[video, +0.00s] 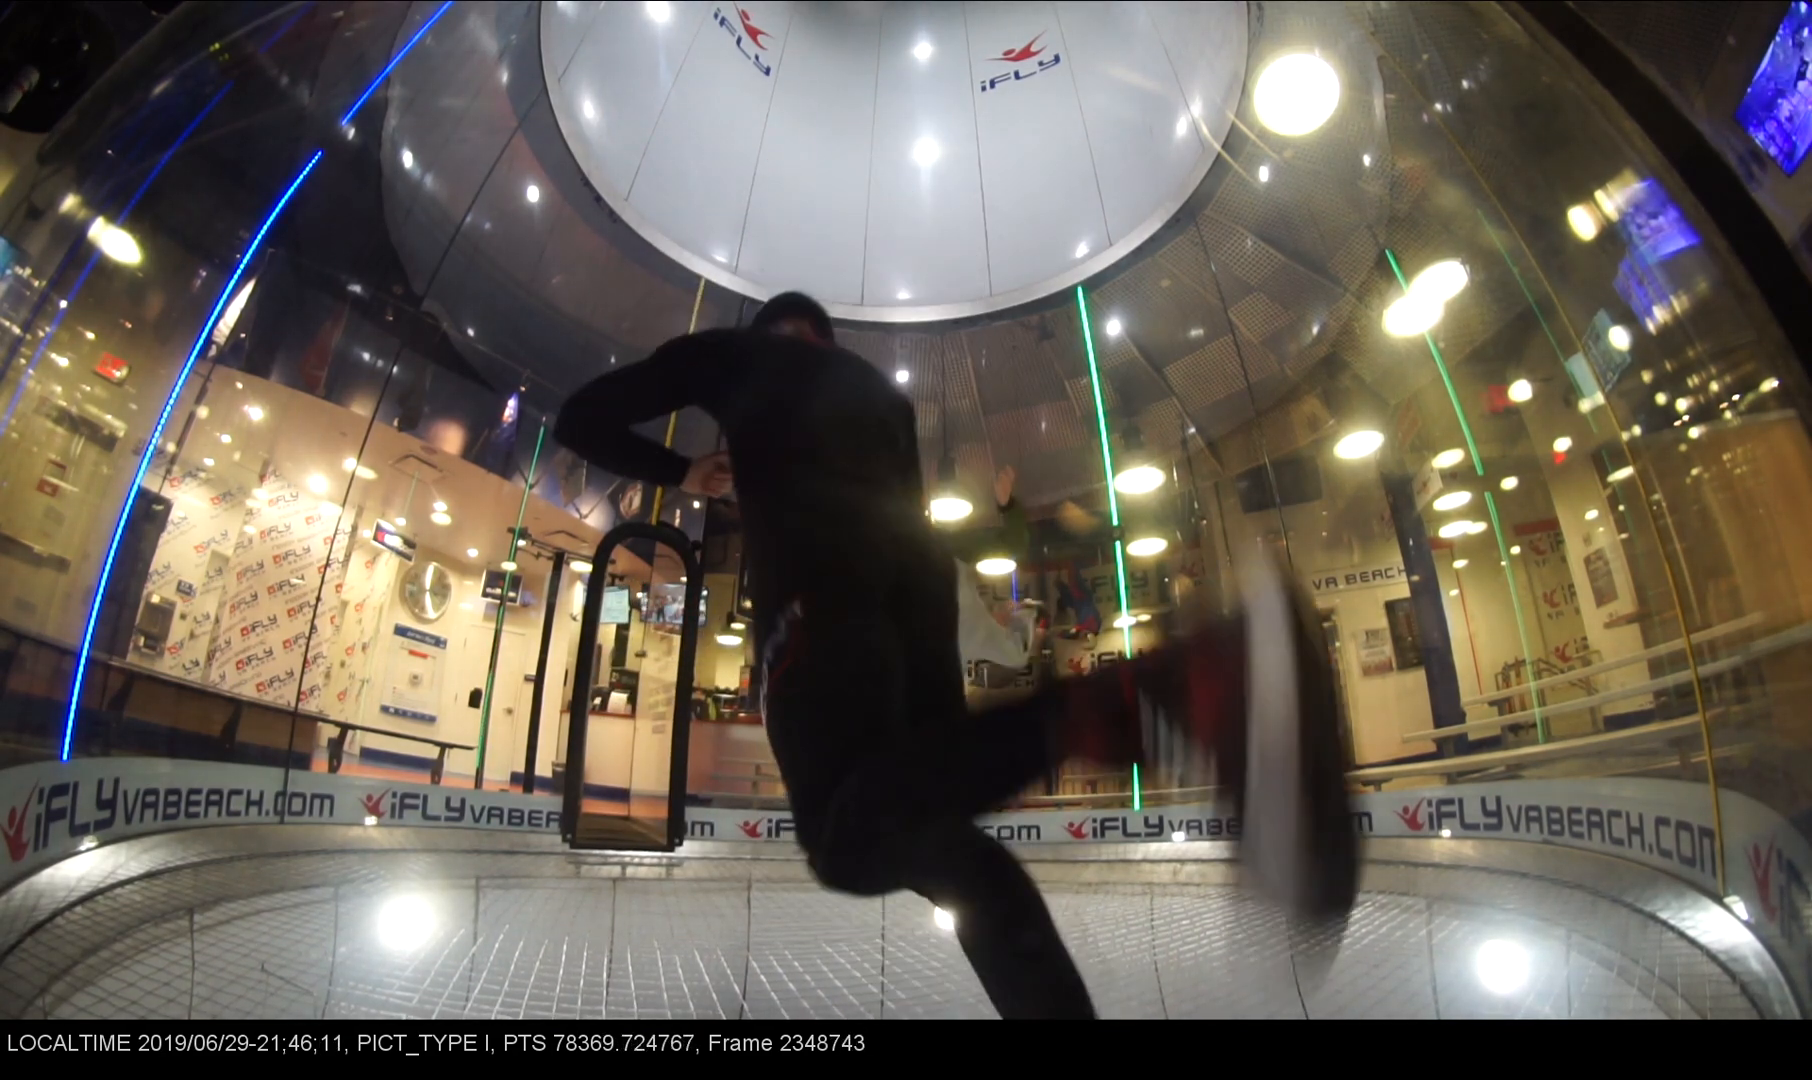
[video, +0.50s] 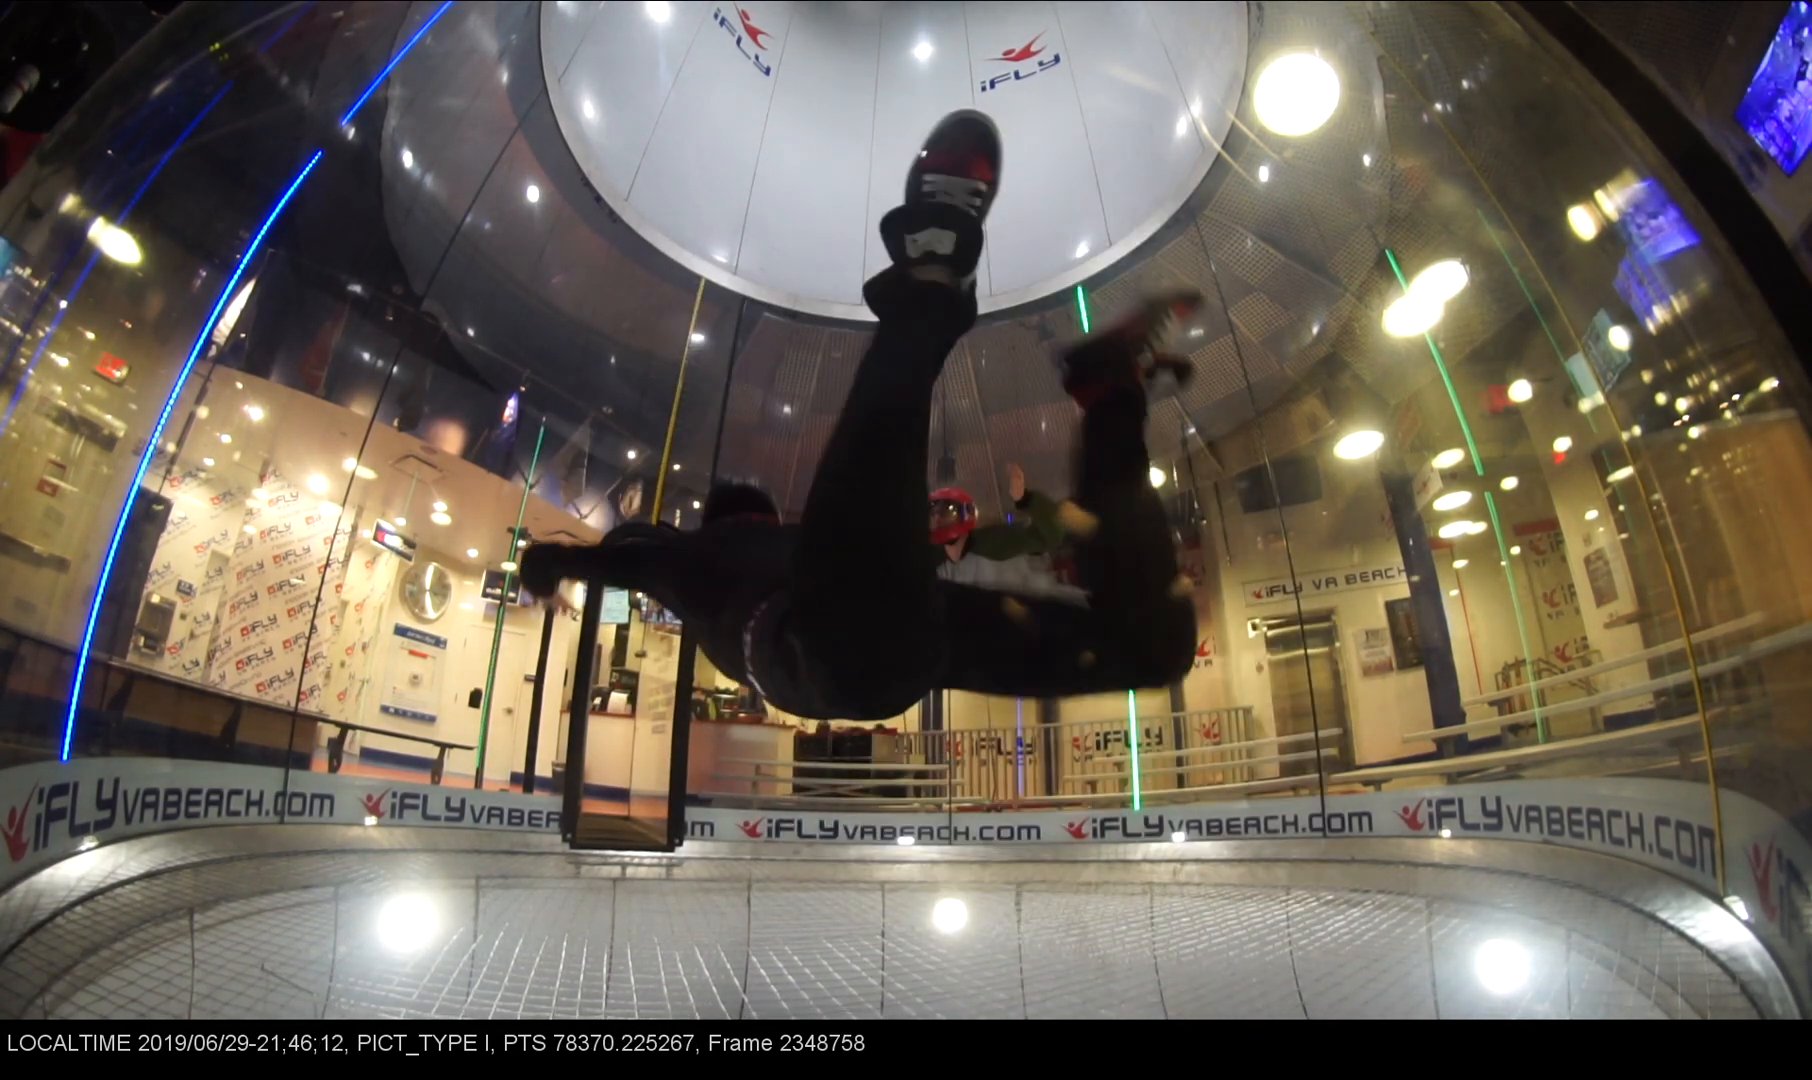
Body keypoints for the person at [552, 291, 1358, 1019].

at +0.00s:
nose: (772, 347)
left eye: (770, 335)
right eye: (785, 338)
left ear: (771, 328)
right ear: (828, 334)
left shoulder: (748, 351)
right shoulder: (882, 396)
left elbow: (583, 420)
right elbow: (906, 532)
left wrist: (676, 467)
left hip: (824, 605)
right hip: (913, 599)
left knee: (846, 844)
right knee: (966, 860)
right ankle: (1057, 1011)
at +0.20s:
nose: (767, 398)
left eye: (751, 393)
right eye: (769, 393)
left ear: (730, 389)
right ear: (786, 398)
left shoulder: (702, 416)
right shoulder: (836, 454)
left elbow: (552, 464)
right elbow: (911, 525)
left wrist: (620, 523)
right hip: (895, 683)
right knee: (908, 825)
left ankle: (1001, 296)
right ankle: (1156, 872)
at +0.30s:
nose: (769, 436)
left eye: (751, 430)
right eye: (766, 431)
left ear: (712, 437)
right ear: (770, 437)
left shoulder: (692, 463)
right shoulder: (801, 492)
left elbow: (541, 491)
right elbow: (887, 523)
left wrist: (603, 539)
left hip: (824, 595)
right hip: (872, 669)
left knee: (899, 448)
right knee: (977, 824)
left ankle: (974, 271)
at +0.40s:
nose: (773, 473)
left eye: (754, 470)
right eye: (768, 470)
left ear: (704, 480)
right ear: (773, 480)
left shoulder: (690, 509)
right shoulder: (805, 523)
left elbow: (570, 521)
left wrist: (544, 530)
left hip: (818, 641)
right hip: (902, 645)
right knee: (1085, 752)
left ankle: (946, 287)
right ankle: (1148, 495)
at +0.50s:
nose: (755, 503)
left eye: (741, 500)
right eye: (752, 502)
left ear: (710, 521)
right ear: (770, 515)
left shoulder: (700, 550)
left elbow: (623, 550)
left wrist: (547, 565)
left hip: (827, 648)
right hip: (916, 651)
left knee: (876, 438)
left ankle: (927, 291)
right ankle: (1112, 396)